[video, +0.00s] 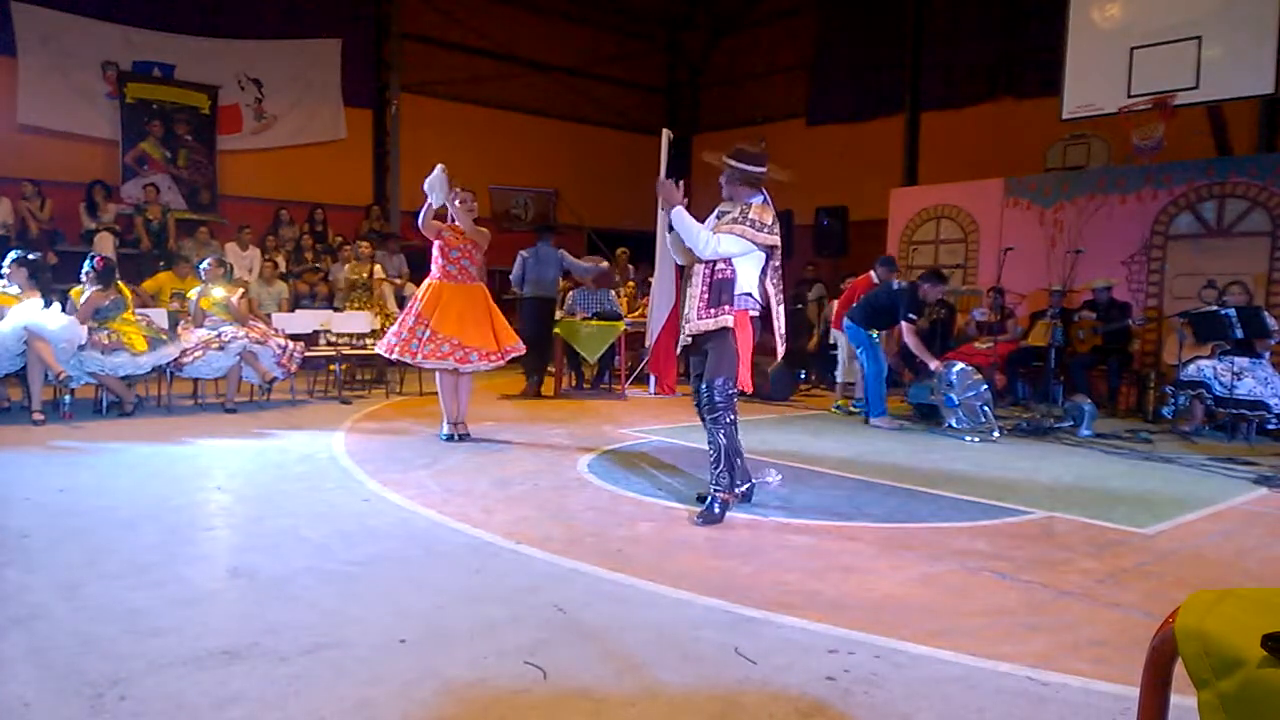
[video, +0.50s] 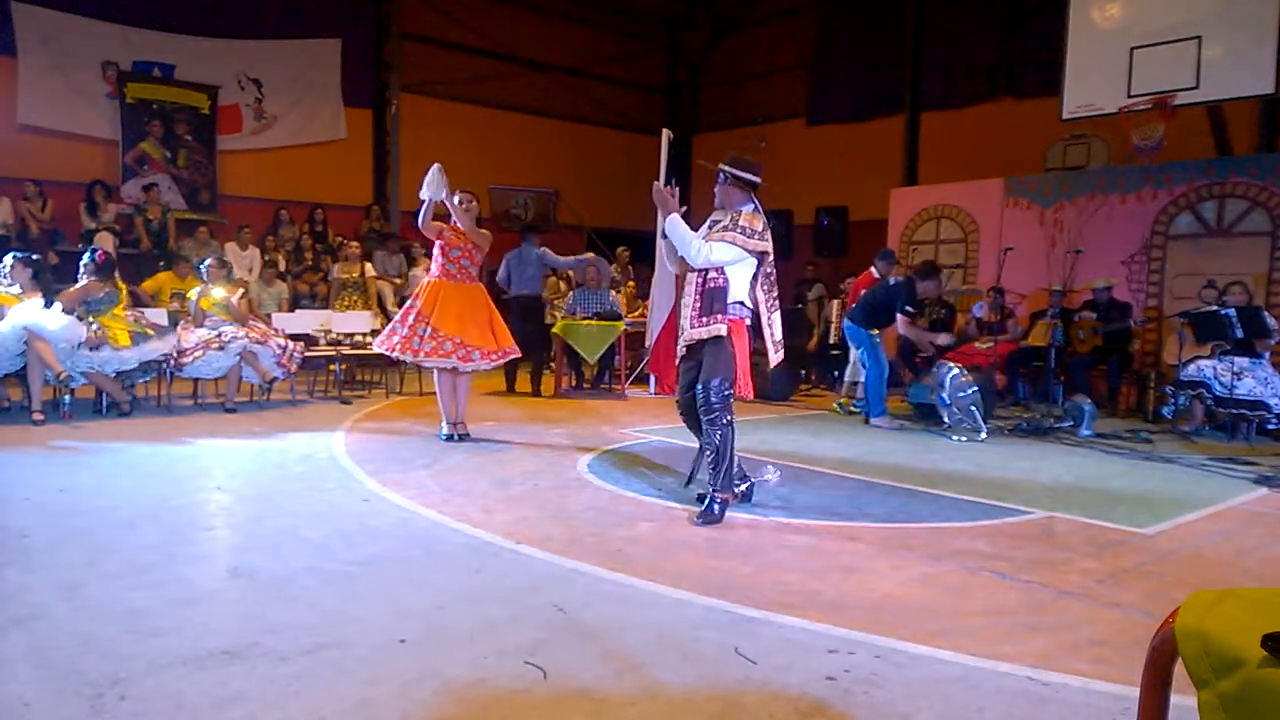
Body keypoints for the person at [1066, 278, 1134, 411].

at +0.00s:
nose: (1097, 295)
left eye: (1101, 292)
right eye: (1095, 292)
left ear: (1108, 292)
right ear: (1093, 293)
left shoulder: (1122, 307)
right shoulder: (1089, 306)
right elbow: (1070, 317)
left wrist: (1097, 317)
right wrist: (1079, 316)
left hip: (1117, 349)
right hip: (1097, 348)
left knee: (1114, 366)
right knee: (1077, 363)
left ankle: (1111, 403)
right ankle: (1084, 399)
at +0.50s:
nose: (1097, 295)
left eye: (1101, 292)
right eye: (1095, 292)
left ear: (1108, 292)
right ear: (1093, 293)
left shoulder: (1122, 307)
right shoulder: (1089, 306)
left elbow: (1119, 320)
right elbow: (1070, 316)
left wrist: (1097, 317)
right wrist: (1078, 316)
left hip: (1118, 349)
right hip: (1097, 348)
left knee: (1114, 365)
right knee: (1077, 363)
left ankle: (1112, 403)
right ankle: (1084, 399)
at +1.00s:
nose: (1098, 295)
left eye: (1102, 291)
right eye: (1096, 291)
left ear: (1110, 292)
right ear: (1093, 292)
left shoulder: (1123, 307)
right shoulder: (1090, 305)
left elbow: (1120, 320)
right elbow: (1073, 315)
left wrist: (1097, 316)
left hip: (1117, 349)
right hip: (1097, 348)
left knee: (1114, 365)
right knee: (1076, 363)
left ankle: (1111, 404)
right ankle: (1084, 400)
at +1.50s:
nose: (1099, 295)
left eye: (1103, 291)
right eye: (1097, 291)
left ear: (1110, 292)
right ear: (1094, 292)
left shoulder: (1123, 308)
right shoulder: (1089, 306)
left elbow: (1120, 321)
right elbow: (1071, 316)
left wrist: (1097, 317)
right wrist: (1079, 316)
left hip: (1117, 349)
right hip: (1096, 349)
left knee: (1114, 365)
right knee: (1076, 363)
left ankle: (1111, 404)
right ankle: (1085, 400)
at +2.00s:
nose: (1099, 295)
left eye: (1103, 291)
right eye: (1097, 291)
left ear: (1111, 292)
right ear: (1094, 292)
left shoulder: (1123, 308)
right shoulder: (1090, 305)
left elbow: (1118, 321)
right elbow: (1070, 315)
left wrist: (1097, 317)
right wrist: (1079, 316)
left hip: (1116, 350)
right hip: (1096, 348)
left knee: (1114, 367)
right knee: (1076, 364)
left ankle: (1111, 404)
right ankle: (1084, 400)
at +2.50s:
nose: (1099, 295)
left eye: (1103, 291)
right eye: (1097, 291)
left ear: (1111, 292)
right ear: (1094, 292)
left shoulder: (1124, 308)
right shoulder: (1090, 305)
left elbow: (1119, 321)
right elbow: (1068, 314)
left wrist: (1098, 317)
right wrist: (1080, 316)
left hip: (1116, 350)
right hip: (1096, 349)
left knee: (1115, 366)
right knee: (1075, 363)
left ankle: (1111, 404)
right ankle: (1083, 400)